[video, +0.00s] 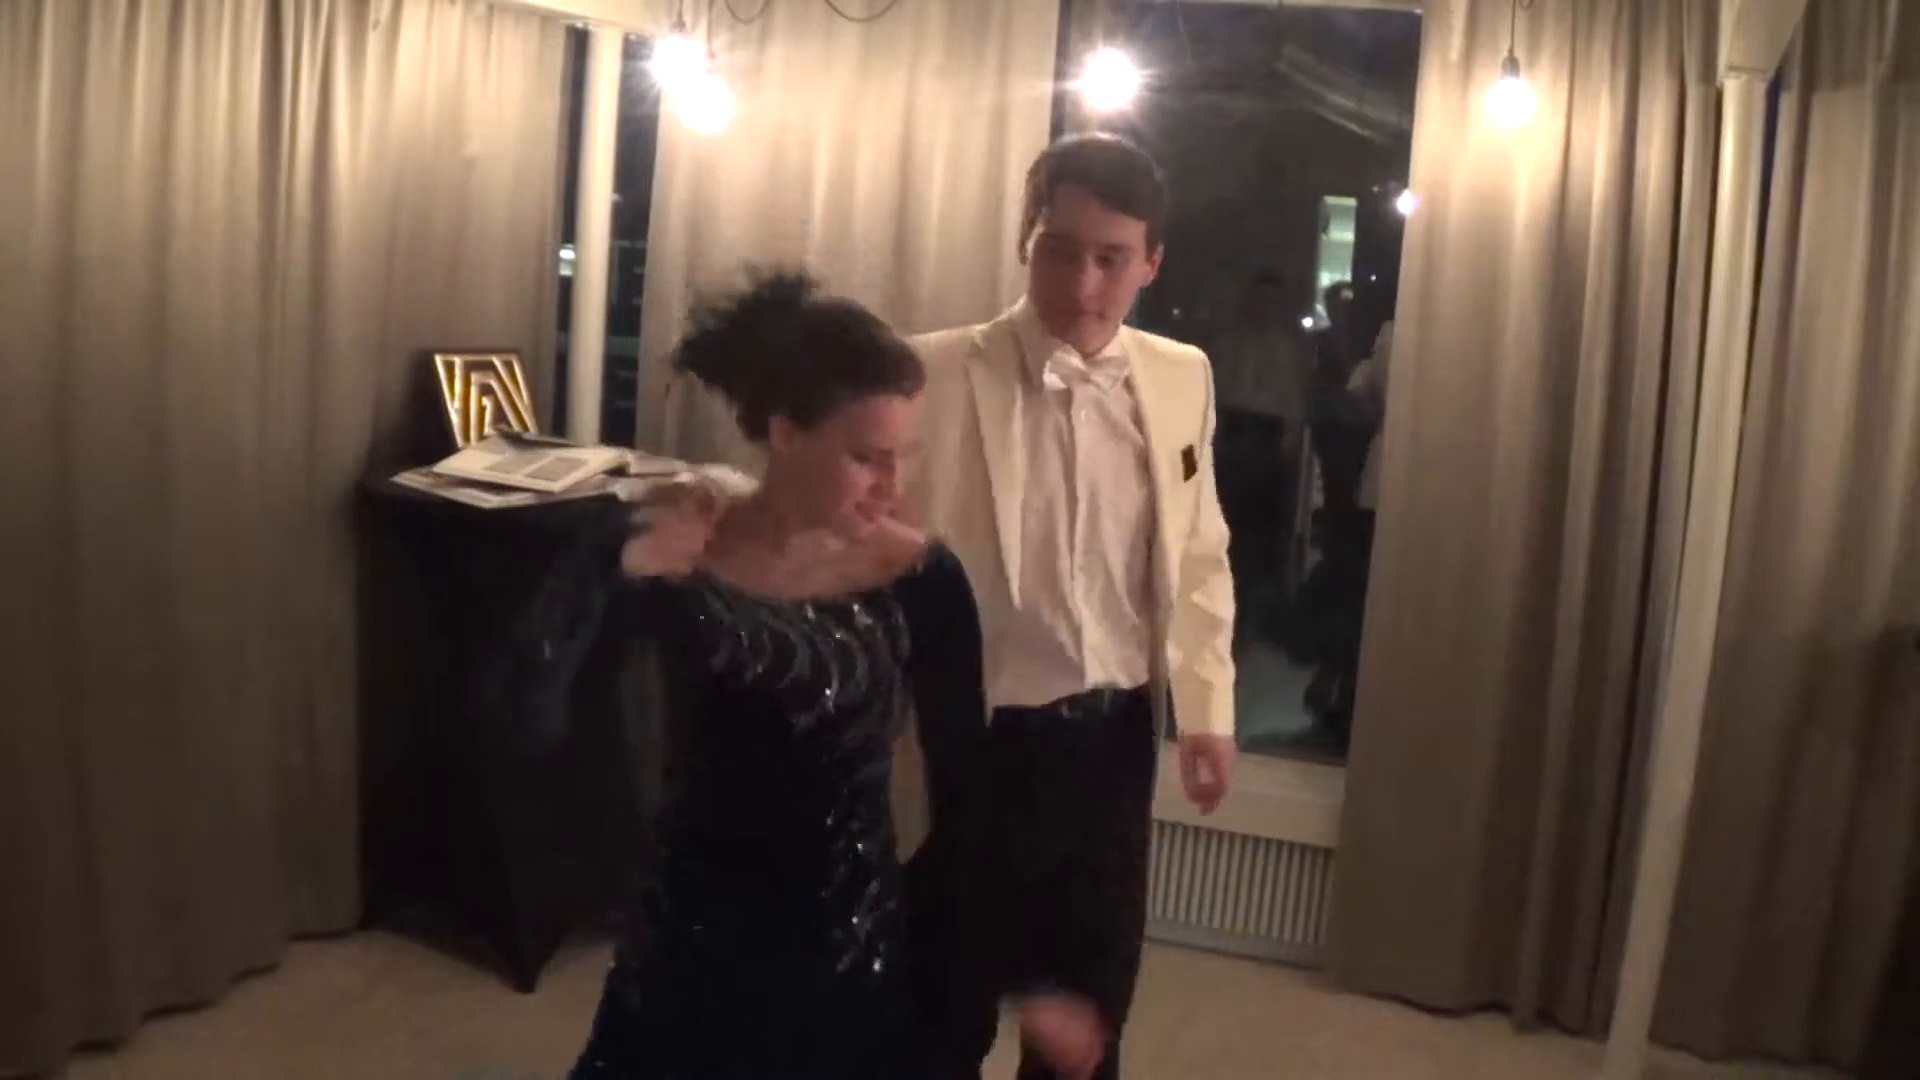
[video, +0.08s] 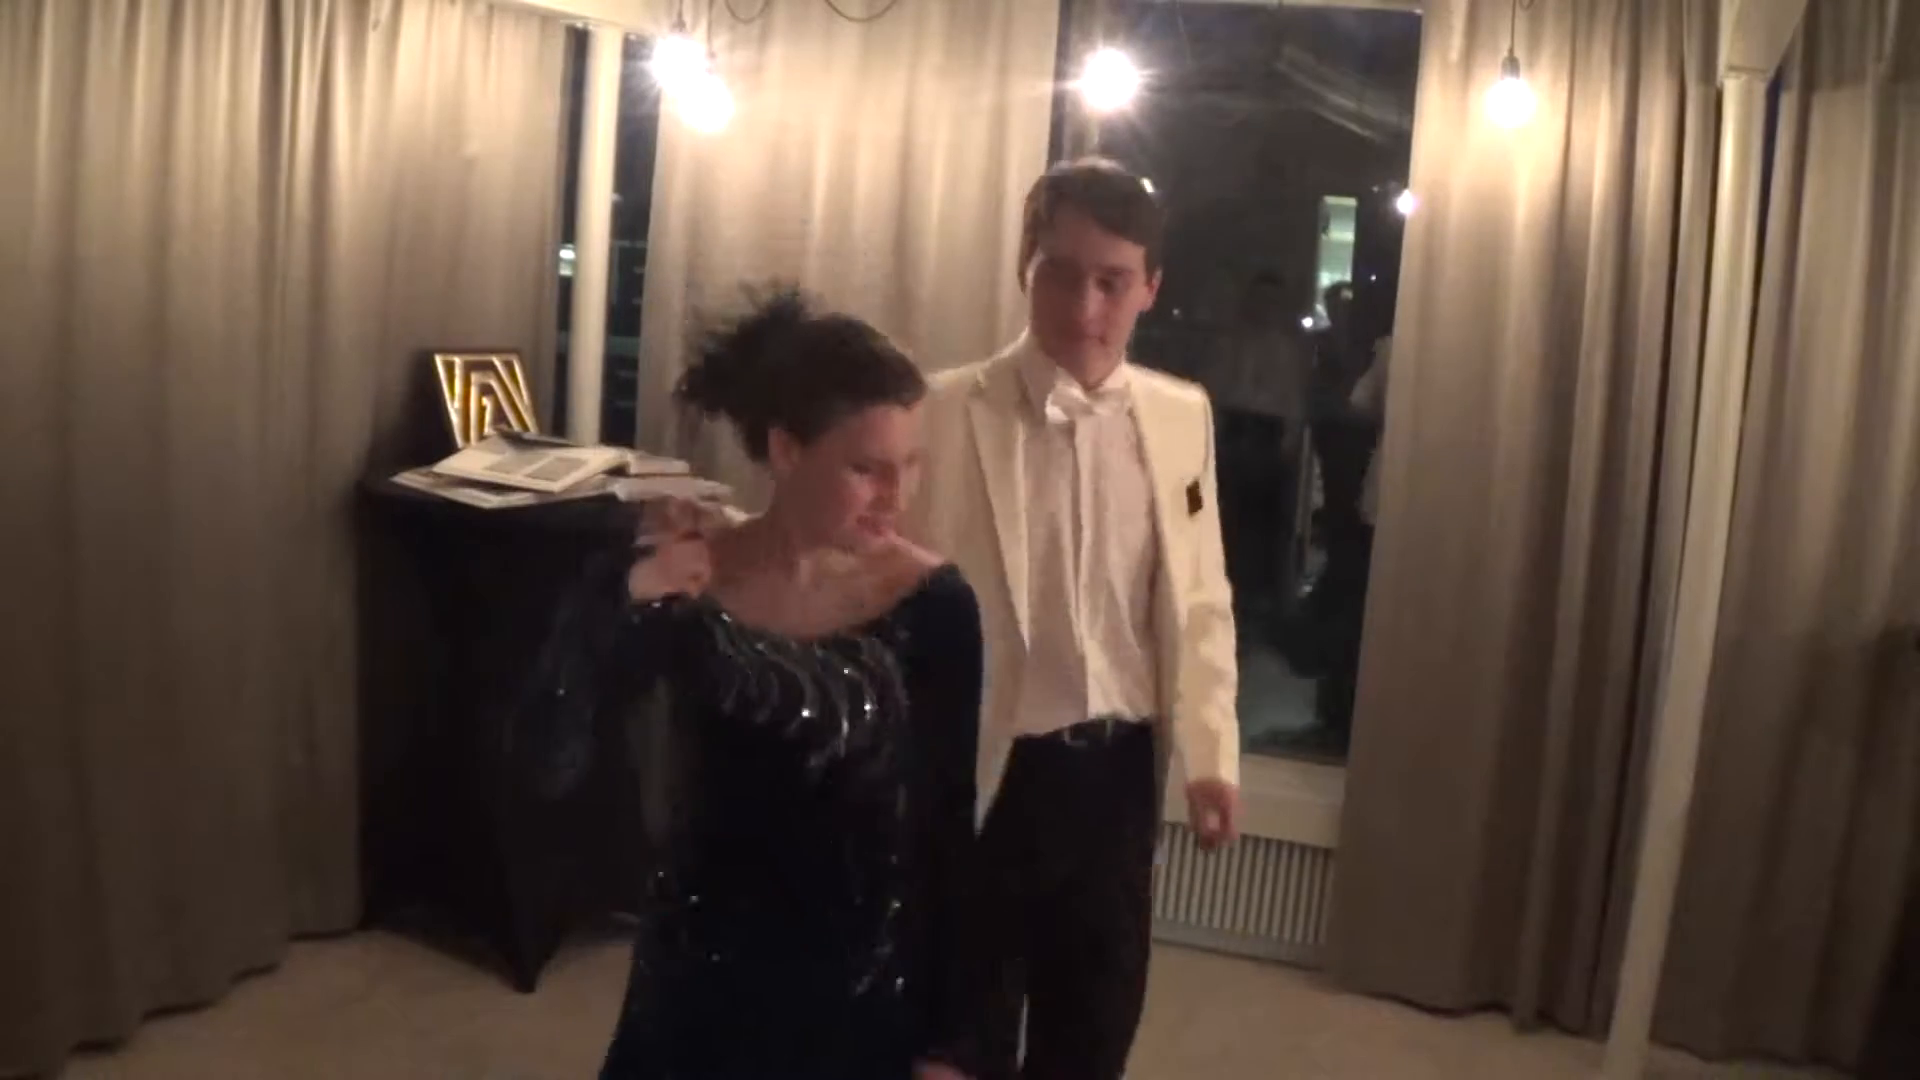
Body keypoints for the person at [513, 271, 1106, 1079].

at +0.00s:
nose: (891, 486)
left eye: (901, 459)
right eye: (868, 459)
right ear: (784, 434)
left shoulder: (917, 578)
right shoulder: (676, 552)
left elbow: (965, 801)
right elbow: (527, 717)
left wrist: (1025, 975)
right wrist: (610, 557)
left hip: (852, 922)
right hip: (699, 916)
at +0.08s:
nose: (896, 496)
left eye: (907, 468)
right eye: (869, 470)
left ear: (920, 457)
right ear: (784, 451)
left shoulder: (929, 601)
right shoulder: (684, 578)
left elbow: (946, 825)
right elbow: (549, 759)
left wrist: (950, 1032)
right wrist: (623, 589)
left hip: (869, 966)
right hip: (705, 957)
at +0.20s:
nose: (925, 408)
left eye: (937, 378)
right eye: (899, 377)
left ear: (951, 375)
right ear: (808, 362)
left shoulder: (956, 517)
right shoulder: (707, 510)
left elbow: (960, 754)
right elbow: (551, 702)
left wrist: (861, 904)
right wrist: (621, 539)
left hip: (888, 914)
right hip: (720, 891)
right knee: (673, 1060)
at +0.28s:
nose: (950, 365)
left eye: (958, 335)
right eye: (923, 334)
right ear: (826, 322)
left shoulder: (976, 485)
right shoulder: (705, 484)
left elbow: (980, 725)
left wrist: (870, 866)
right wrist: (667, 609)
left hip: (898, 906)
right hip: (720, 886)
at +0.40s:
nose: (970, 412)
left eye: (970, 380)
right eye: (942, 378)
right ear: (847, 381)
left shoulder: (985, 559)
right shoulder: (709, 551)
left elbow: (995, 798)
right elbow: (583, 740)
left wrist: (966, 1000)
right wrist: (664, 880)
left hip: (918, 983)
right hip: (750, 987)